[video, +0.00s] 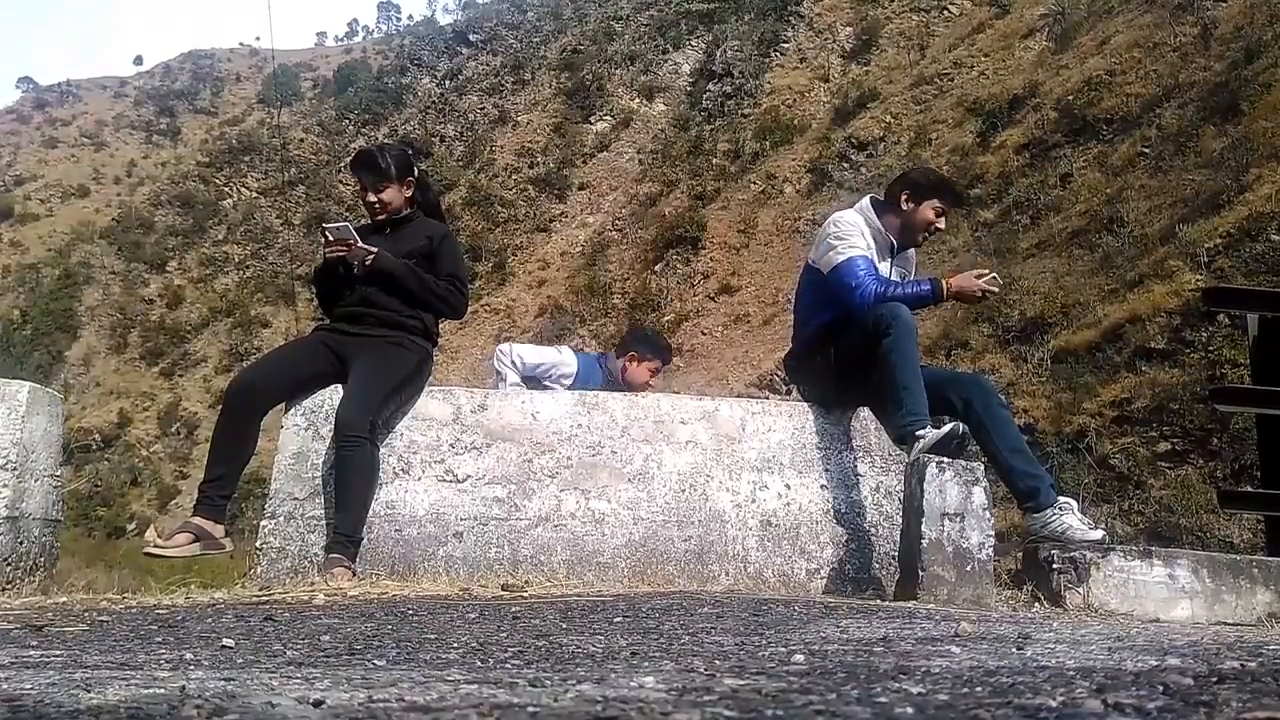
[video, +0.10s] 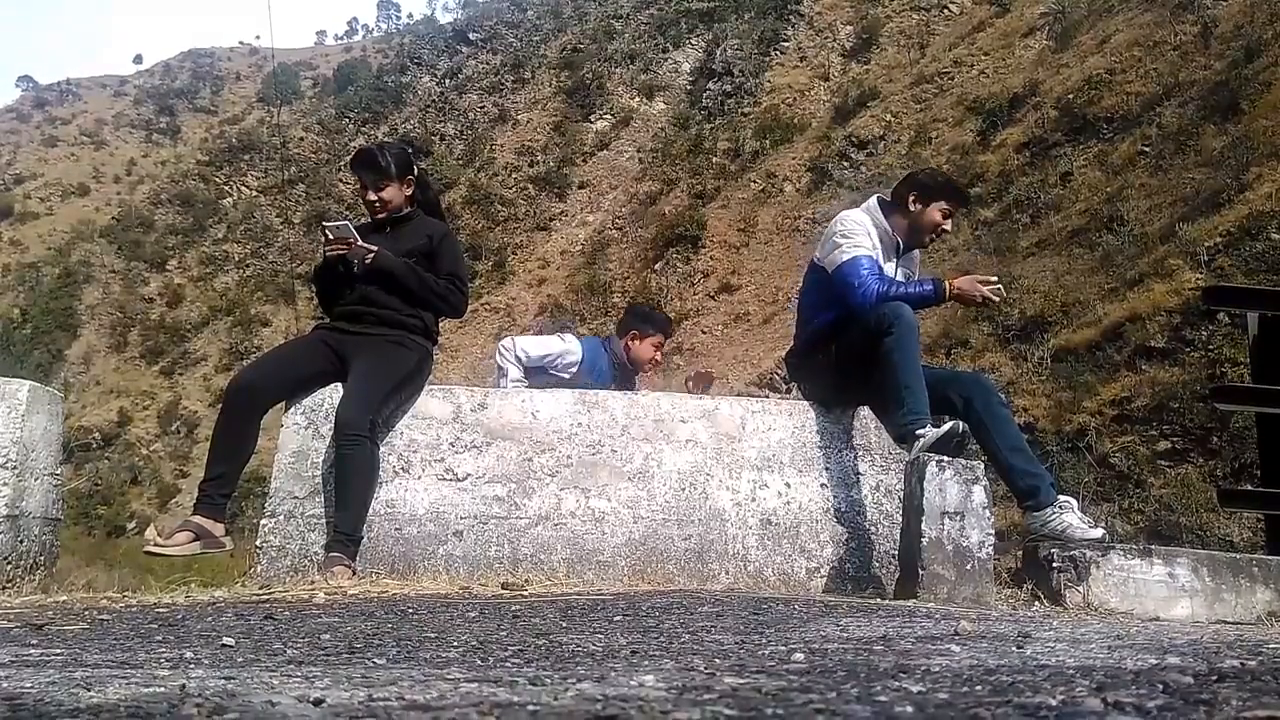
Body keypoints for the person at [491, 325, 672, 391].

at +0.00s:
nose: (654, 382)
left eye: (658, 374)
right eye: (653, 372)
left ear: (631, 362)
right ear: (630, 361)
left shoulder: (624, 388)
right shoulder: (572, 366)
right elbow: (506, 354)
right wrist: (515, 404)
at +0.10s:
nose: (659, 358)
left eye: (661, 350)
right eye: (656, 348)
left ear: (635, 342)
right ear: (632, 339)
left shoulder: (627, 378)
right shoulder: (581, 353)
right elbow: (509, 348)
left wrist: (689, 396)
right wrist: (517, 402)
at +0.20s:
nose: (664, 332)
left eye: (666, 325)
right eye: (661, 323)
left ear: (639, 322)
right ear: (635, 320)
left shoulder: (637, 366)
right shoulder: (583, 337)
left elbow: (680, 389)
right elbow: (513, 344)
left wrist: (716, 368)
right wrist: (519, 399)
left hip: (569, 430)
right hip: (531, 416)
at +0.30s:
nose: (669, 312)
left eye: (670, 303)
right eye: (663, 302)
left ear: (646, 303)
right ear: (637, 300)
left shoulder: (644, 345)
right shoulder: (588, 323)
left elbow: (697, 361)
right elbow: (518, 341)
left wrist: (744, 332)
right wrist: (519, 395)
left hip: (574, 418)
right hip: (535, 406)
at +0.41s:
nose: (671, 292)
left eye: (671, 284)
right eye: (663, 284)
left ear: (651, 286)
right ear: (637, 283)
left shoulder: (653, 331)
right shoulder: (588, 310)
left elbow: (708, 339)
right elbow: (525, 339)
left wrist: (760, 312)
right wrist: (521, 392)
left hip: (575, 409)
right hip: (530, 397)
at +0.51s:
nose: (673, 279)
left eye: (672, 271)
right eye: (666, 270)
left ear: (649, 275)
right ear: (640, 273)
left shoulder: (662, 324)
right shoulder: (595, 301)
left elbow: (720, 331)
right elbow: (532, 339)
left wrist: (771, 303)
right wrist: (524, 392)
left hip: (581, 408)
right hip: (537, 396)